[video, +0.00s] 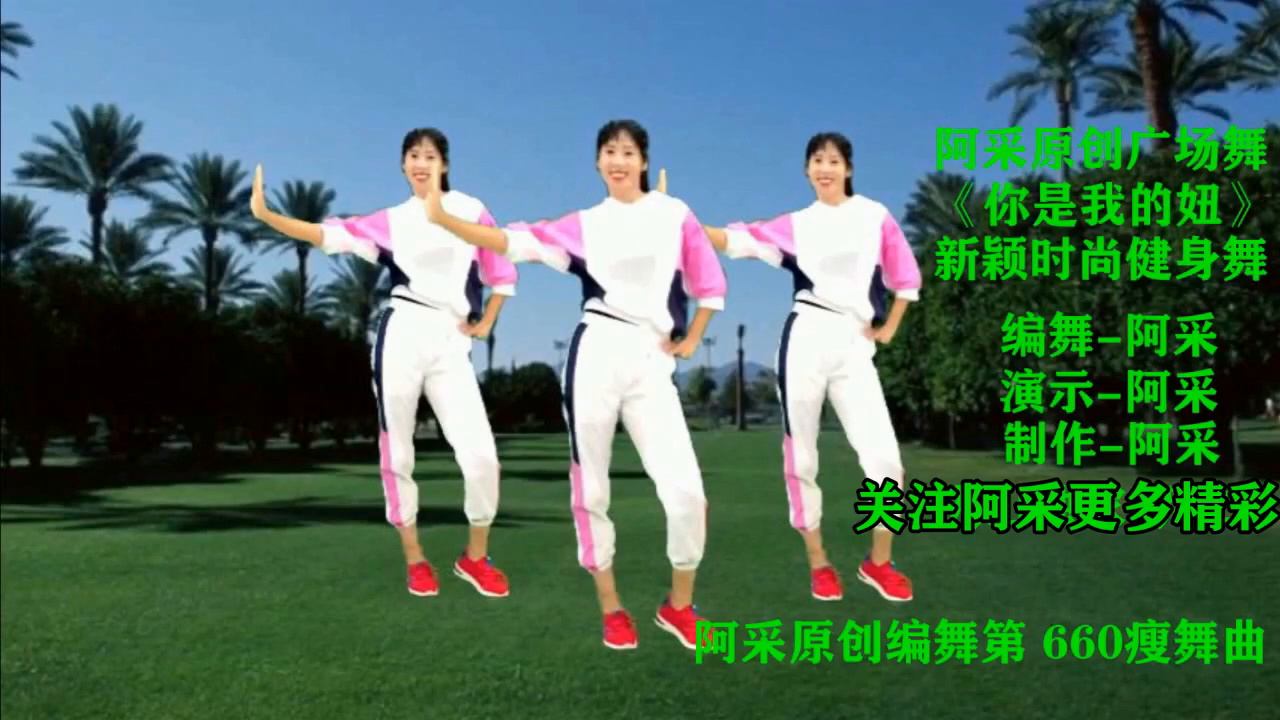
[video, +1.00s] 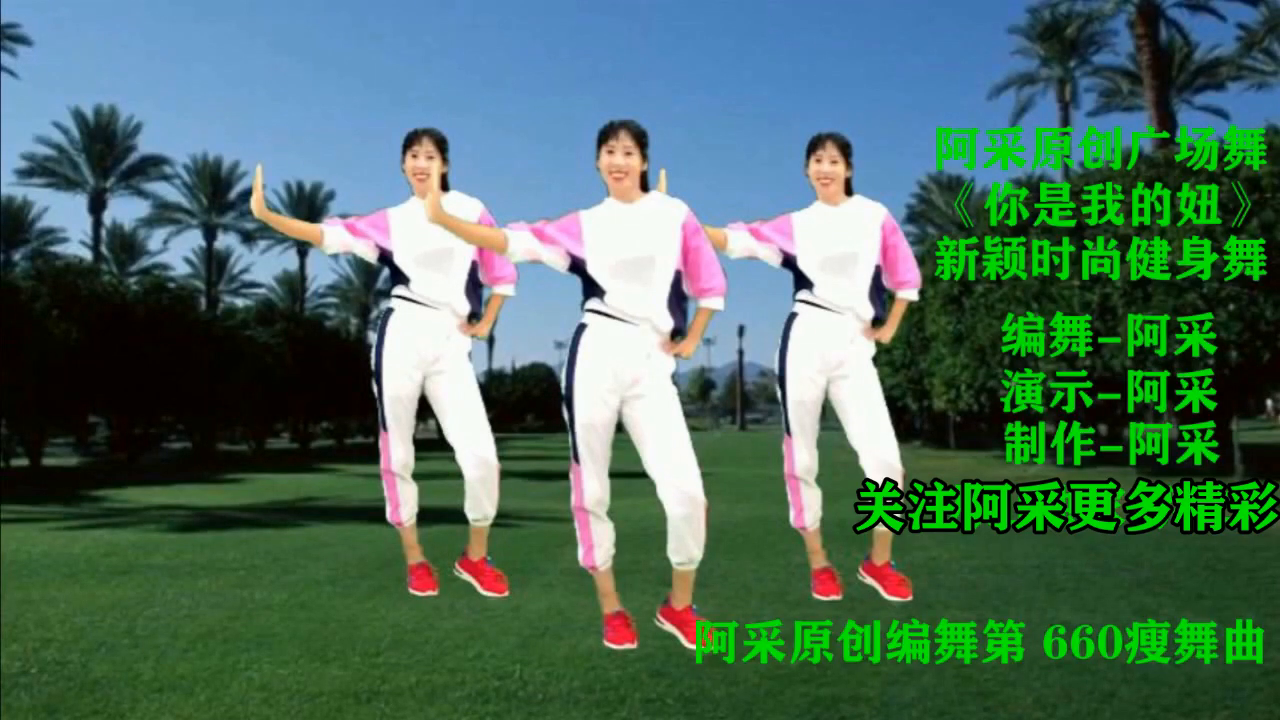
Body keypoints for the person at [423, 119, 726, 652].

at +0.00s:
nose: (618, 160)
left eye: (628, 152)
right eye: (609, 152)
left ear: (644, 162)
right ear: (598, 163)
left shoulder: (675, 215)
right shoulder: (586, 223)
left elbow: (711, 284)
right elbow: (510, 241)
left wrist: (689, 342)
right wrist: (442, 218)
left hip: (654, 352)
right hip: (598, 347)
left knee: (686, 492)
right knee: (593, 489)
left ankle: (679, 607)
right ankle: (612, 611)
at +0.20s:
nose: (618, 160)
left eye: (628, 152)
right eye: (609, 152)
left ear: (644, 162)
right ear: (598, 163)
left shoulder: (675, 216)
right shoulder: (586, 223)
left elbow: (711, 284)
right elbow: (510, 241)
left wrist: (689, 342)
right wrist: (443, 218)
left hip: (654, 353)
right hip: (598, 348)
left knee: (686, 493)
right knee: (593, 489)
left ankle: (679, 607)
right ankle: (612, 611)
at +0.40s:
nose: (618, 160)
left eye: (628, 152)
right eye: (609, 152)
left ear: (644, 162)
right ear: (598, 163)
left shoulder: (675, 216)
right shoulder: (586, 222)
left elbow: (711, 284)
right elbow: (510, 241)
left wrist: (689, 342)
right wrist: (443, 218)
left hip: (654, 353)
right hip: (598, 348)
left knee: (686, 492)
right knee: (593, 489)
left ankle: (679, 607)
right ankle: (612, 610)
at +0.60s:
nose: (618, 160)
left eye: (628, 152)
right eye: (609, 152)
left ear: (644, 162)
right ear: (598, 163)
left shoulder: (675, 216)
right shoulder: (586, 222)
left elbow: (711, 284)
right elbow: (510, 241)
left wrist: (689, 342)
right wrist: (443, 218)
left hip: (654, 353)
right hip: (598, 348)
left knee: (686, 492)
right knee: (593, 488)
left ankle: (679, 607)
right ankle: (612, 610)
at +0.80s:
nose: (618, 160)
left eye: (628, 152)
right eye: (609, 152)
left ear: (644, 162)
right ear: (598, 163)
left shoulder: (675, 216)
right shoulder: (586, 223)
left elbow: (711, 284)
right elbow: (510, 241)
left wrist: (689, 342)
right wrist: (442, 218)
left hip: (654, 353)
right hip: (598, 348)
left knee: (686, 492)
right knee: (593, 488)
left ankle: (679, 607)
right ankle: (612, 610)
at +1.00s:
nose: (618, 160)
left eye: (628, 152)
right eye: (609, 152)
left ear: (644, 162)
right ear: (598, 163)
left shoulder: (675, 216)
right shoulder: (586, 223)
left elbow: (711, 284)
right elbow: (510, 241)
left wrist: (689, 342)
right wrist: (442, 218)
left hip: (654, 353)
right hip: (598, 348)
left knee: (686, 492)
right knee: (593, 488)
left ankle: (679, 607)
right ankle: (612, 610)